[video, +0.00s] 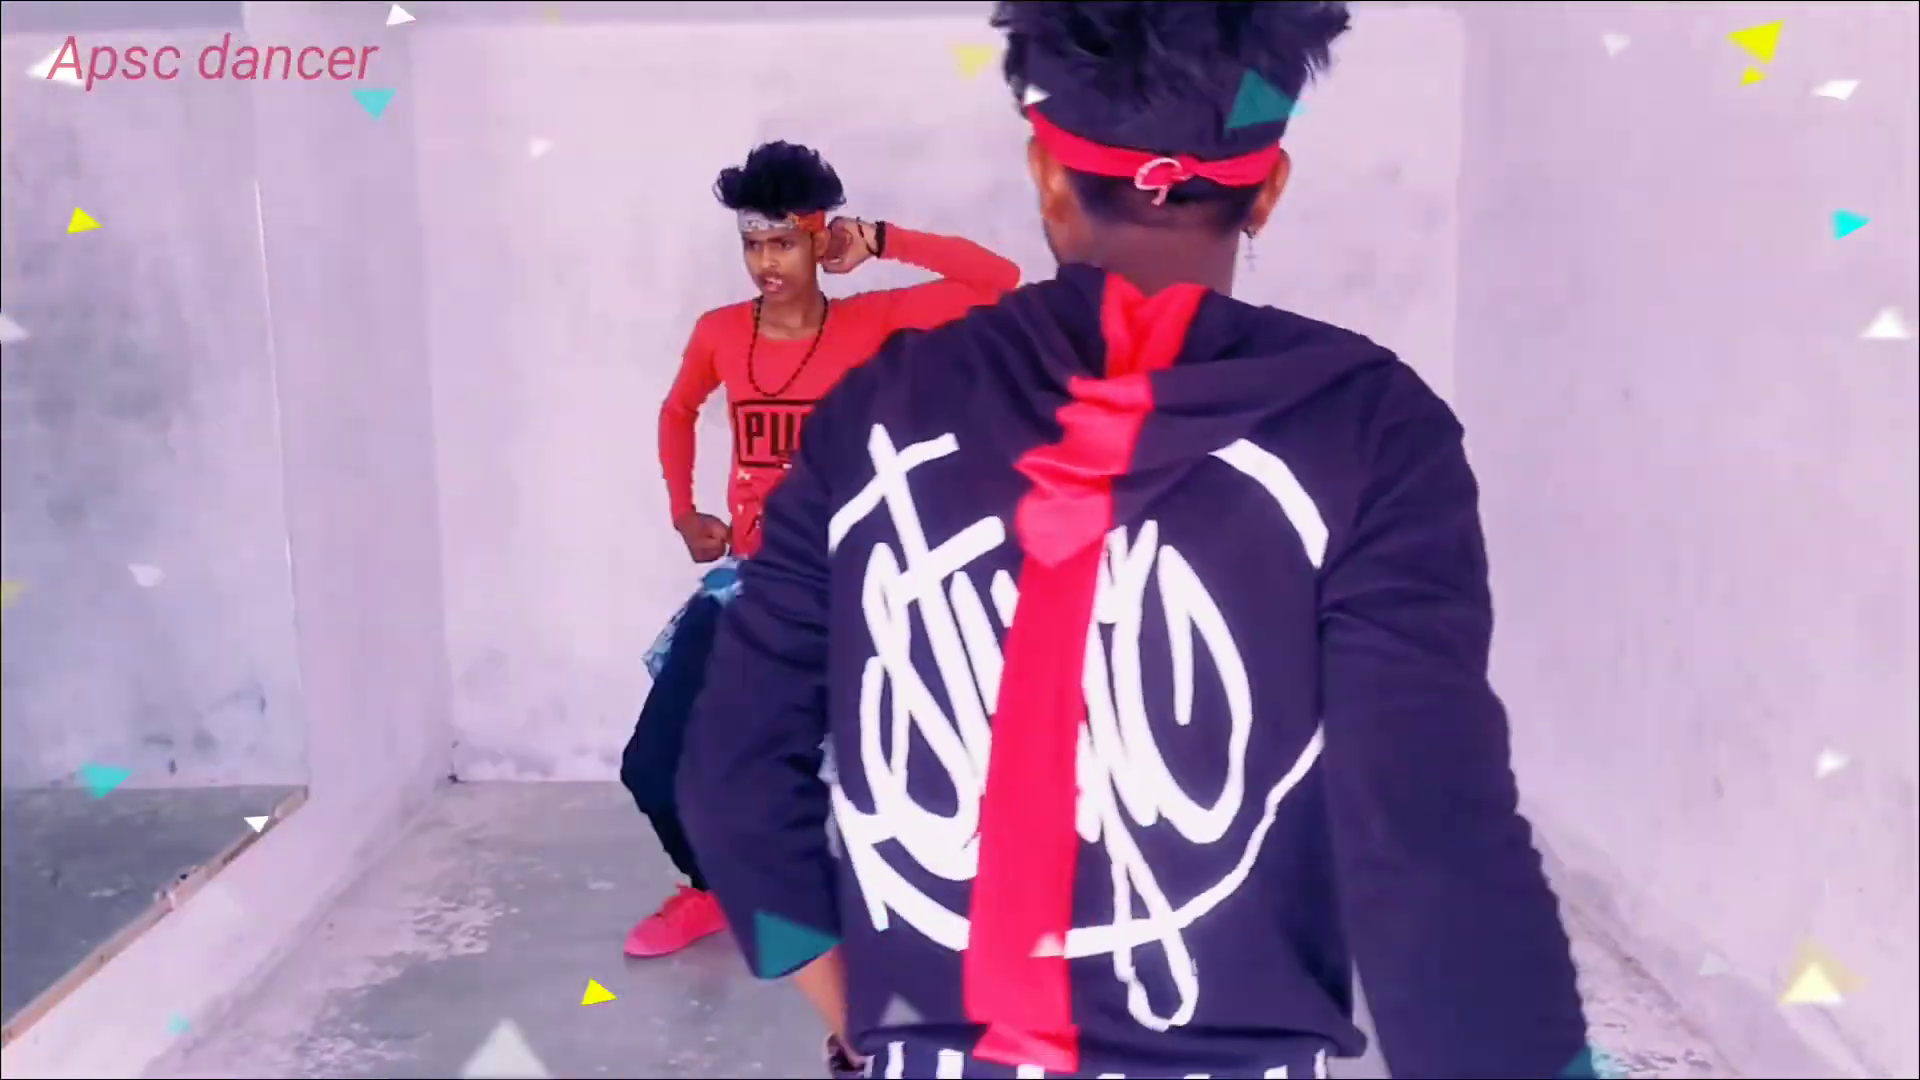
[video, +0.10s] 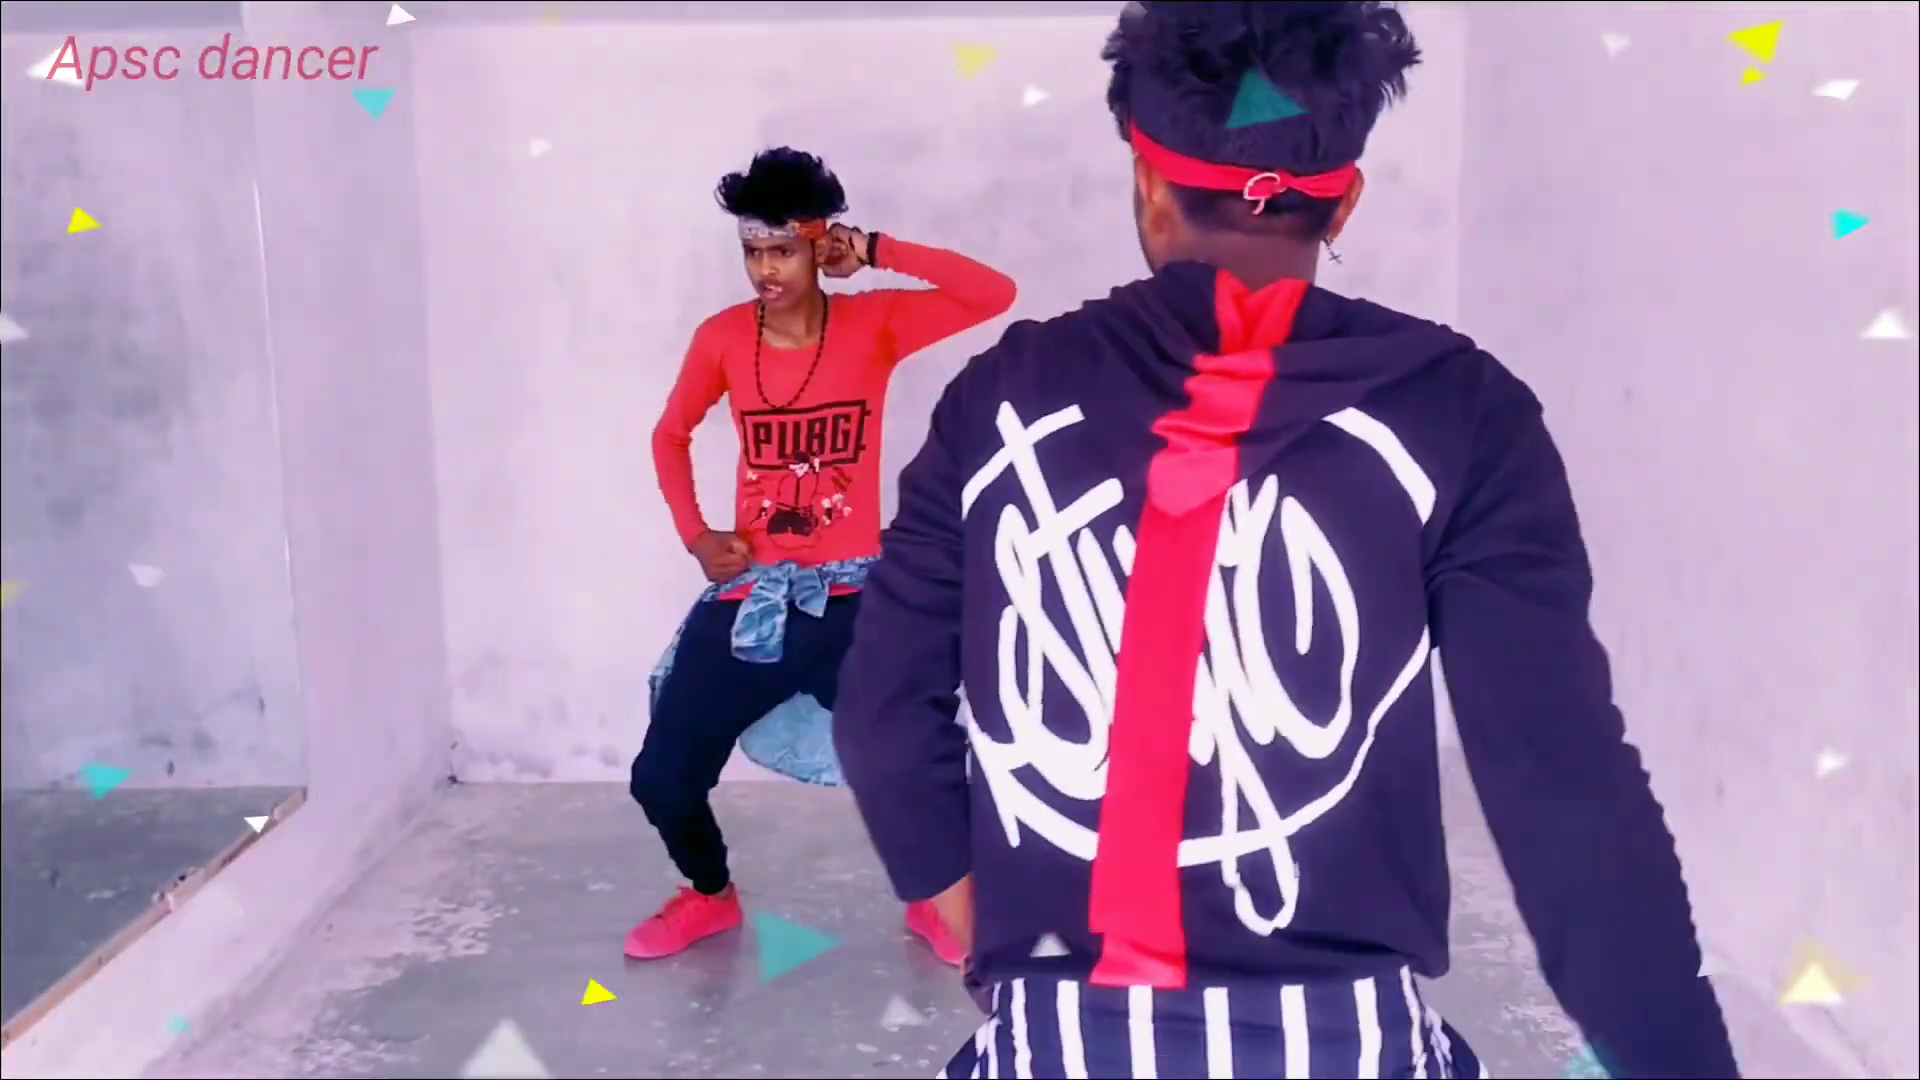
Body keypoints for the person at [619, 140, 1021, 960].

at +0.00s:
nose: (764, 261)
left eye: (782, 243)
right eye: (753, 244)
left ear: (823, 242)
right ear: (742, 246)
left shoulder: (871, 324)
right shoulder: (721, 336)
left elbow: (1003, 283)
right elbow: (679, 414)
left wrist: (884, 241)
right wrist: (684, 511)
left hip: (848, 574)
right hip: (745, 579)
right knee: (652, 763)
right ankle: (708, 885)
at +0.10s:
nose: (763, 268)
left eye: (781, 251)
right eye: (752, 251)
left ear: (823, 250)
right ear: (742, 253)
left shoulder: (874, 326)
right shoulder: (723, 339)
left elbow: (992, 292)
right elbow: (671, 436)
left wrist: (878, 251)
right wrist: (695, 534)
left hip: (852, 593)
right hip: (750, 596)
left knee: (910, 743)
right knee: (663, 778)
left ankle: (930, 893)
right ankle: (711, 897)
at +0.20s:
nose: (760, 271)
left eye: (776, 252)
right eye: (748, 255)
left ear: (818, 247)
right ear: (736, 257)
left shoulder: (874, 324)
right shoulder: (724, 335)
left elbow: (995, 292)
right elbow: (673, 416)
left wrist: (876, 255)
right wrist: (693, 512)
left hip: (854, 594)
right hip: (751, 596)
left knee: (930, 774)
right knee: (676, 782)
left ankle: (929, 902)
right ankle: (713, 900)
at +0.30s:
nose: (759, 269)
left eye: (775, 249)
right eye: (746, 252)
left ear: (818, 246)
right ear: (735, 255)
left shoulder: (875, 325)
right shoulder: (721, 334)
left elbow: (999, 281)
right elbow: (691, 403)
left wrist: (892, 243)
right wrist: (684, 497)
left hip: (861, 611)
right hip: (755, 615)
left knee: (940, 776)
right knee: (673, 784)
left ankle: (932, 900)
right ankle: (711, 899)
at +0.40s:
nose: (760, 276)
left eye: (778, 256)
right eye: (748, 258)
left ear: (820, 252)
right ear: (736, 260)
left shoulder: (876, 334)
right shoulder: (722, 345)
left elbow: (1001, 296)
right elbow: (694, 425)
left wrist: (893, 249)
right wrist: (686, 515)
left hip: (863, 611)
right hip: (756, 614)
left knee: (946, 770)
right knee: (667, 779)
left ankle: (932, 901)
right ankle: (712, 898)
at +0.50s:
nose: (766, 277)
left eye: (784, 259)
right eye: (753, 260)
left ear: (821, 260)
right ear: (741, 261)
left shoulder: (871, 334)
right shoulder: (725, 355)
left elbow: (969, 377)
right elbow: (693, 469)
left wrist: (875, 288)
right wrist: (708, 542)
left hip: (858, 602)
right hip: (750, 606)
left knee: (945, 773)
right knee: (663, 781)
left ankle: (931, 901)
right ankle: (710, 896)